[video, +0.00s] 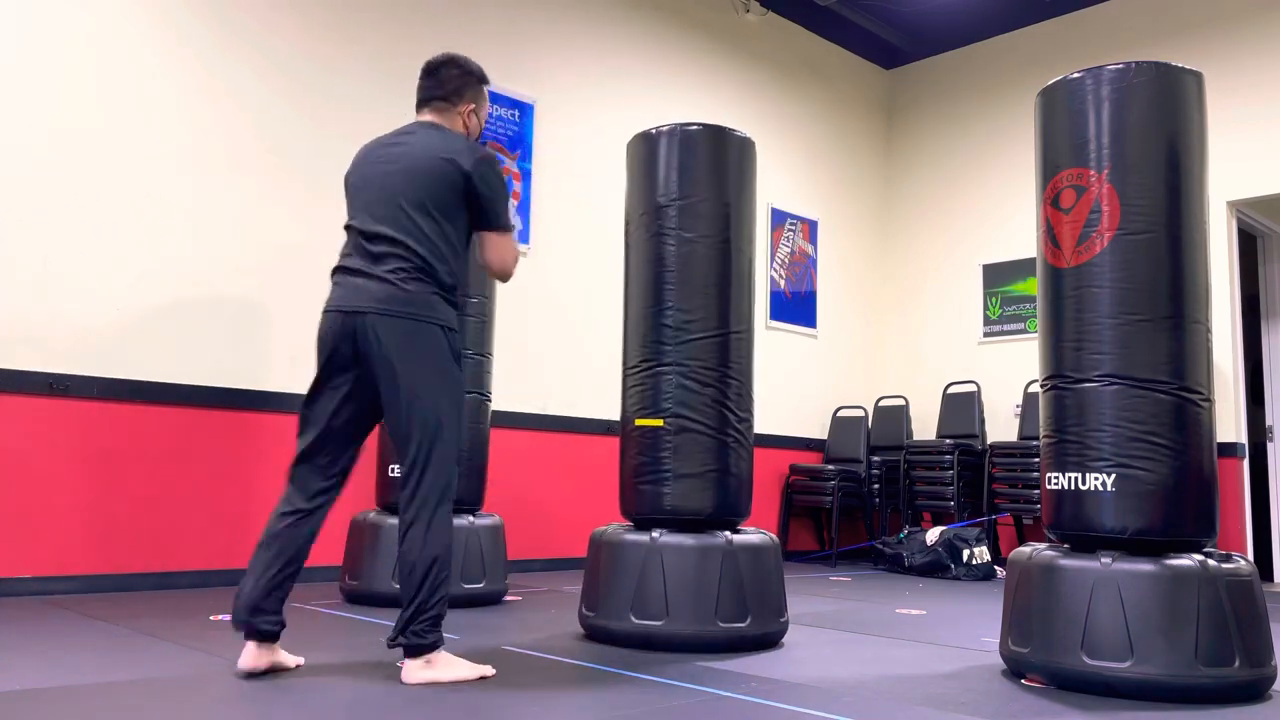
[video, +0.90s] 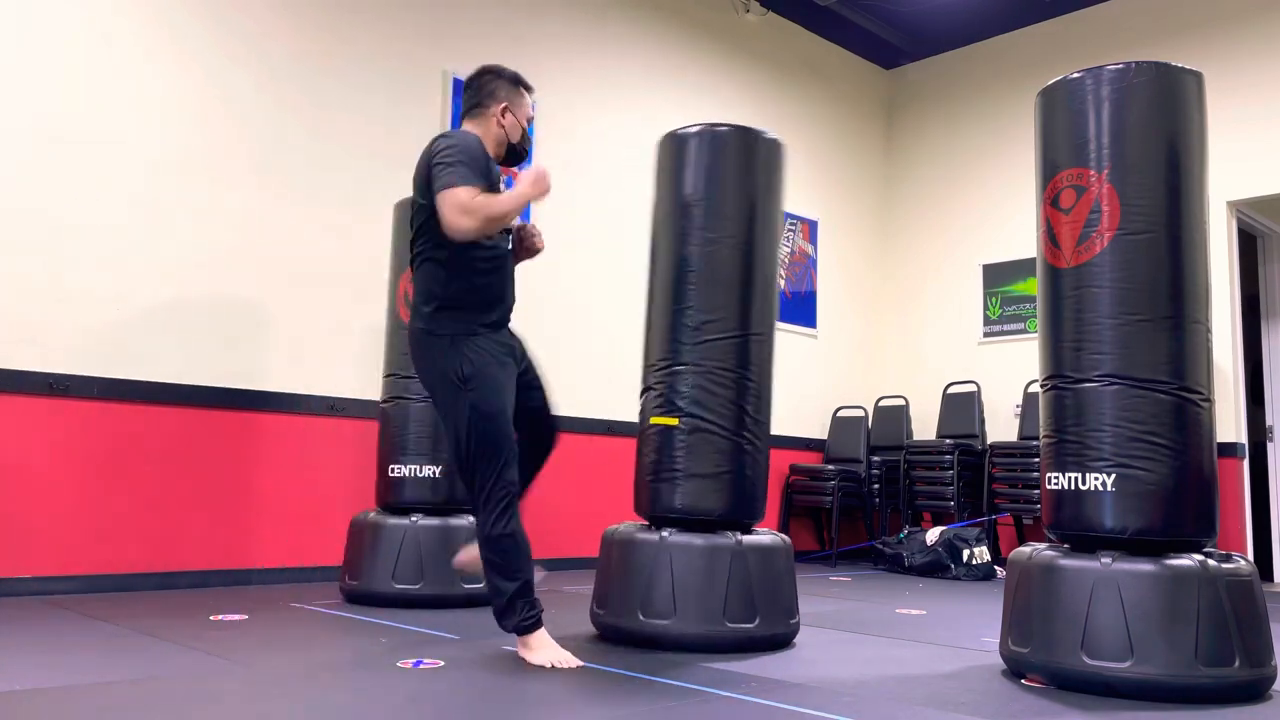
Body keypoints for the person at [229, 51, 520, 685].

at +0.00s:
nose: (485, 119)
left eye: (485, 110)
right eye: (485, 109)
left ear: (423, 103)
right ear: (470, 108)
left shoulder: (371, 153)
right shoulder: (473, 161)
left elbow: (387, 225)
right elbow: (502, 263)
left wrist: (468, 191)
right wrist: (498, 200)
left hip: (344, 313)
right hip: (413, 322)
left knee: (312, 479)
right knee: (431, 483)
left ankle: (258, 639)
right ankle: (422, 650)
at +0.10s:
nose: (480, 131)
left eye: (481, 121)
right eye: (481, 120)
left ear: (424, 107)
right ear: (465, 115)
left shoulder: (364, 156)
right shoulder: (458, 167)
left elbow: (374, 239)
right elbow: (476, 273)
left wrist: (452, 248)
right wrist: (477, 272)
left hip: (327, 316)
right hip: (401, 326)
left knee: (289, 473)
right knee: (442, 476)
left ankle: (251, 644)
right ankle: (427, 643)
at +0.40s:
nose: (492, 135)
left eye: (492, 125)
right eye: (492, 124)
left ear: (433, 114)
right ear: (476, 119)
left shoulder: (391, 163)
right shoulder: (468, 162)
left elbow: (419, 270)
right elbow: (450, 237)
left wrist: (484, 262)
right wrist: (438, 329)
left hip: (351, 332)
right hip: (420, 335)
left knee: (306, 483)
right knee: (493, 473)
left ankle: (256, 643)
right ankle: (523, 630)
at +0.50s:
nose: (498, 120)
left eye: (496, 111)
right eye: (495, 110)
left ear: (442, 110)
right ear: (479, 110)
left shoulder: (448, 162)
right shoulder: (460, 145)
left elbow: (500, 251)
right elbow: (418, 189)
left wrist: (541, 203)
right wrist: (421, 253)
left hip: (401, 344)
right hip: (461, 344)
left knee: (357, 477)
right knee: (520, 482)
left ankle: (279, 620)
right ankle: (517, 637)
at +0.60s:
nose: (504, 111)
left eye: (504, 101)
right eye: (502, 99)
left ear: (467, 98)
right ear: (482, 95)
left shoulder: (476, 166)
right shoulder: (427, 124)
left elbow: (520, 253)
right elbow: (439, 168)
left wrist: (588, 255)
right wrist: (530, 211)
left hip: (487, 325)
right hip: (456, 325)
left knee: (505, 454)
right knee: (502, 463)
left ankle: (390, 480)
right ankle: (516, 630)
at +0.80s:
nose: (532, 131)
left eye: (532, 122)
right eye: (529, 120)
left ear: (497, 114)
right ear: (505, 113)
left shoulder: (486, 164)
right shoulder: (454, 145)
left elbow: (462, 256)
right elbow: (518, 196)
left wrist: (518, 264)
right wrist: (553, 154)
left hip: (511, 327)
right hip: (458, 337)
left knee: (596, 369)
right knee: (511, 479)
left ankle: (615, 437)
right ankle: (530, 629)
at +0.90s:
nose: (527, 131)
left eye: (528, 122)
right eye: (525, 119)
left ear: (490, 112)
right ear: (502, 111)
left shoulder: (486, 165)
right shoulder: (457, 148)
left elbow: (468, 250)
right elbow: (461, 218)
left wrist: (512, 246)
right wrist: (526, 192)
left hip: (492, 333)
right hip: (456, 339)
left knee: (539, 433)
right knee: (497, 485)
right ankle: (528, 630)